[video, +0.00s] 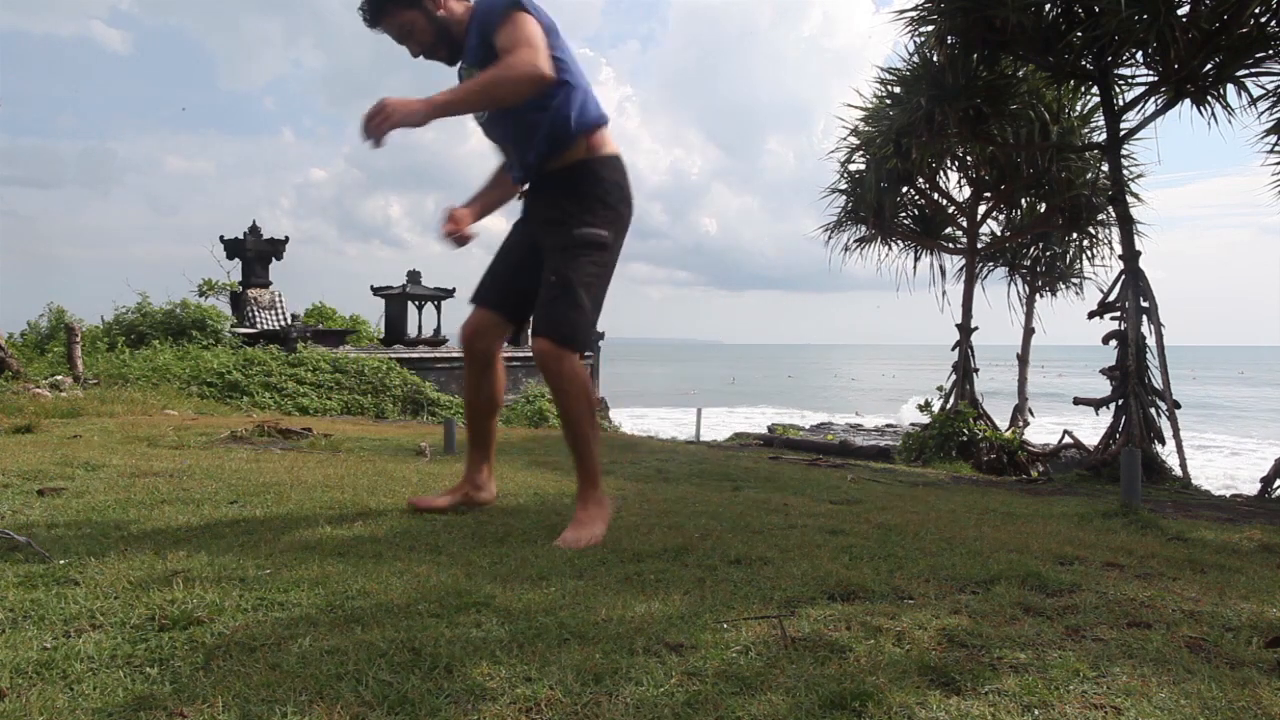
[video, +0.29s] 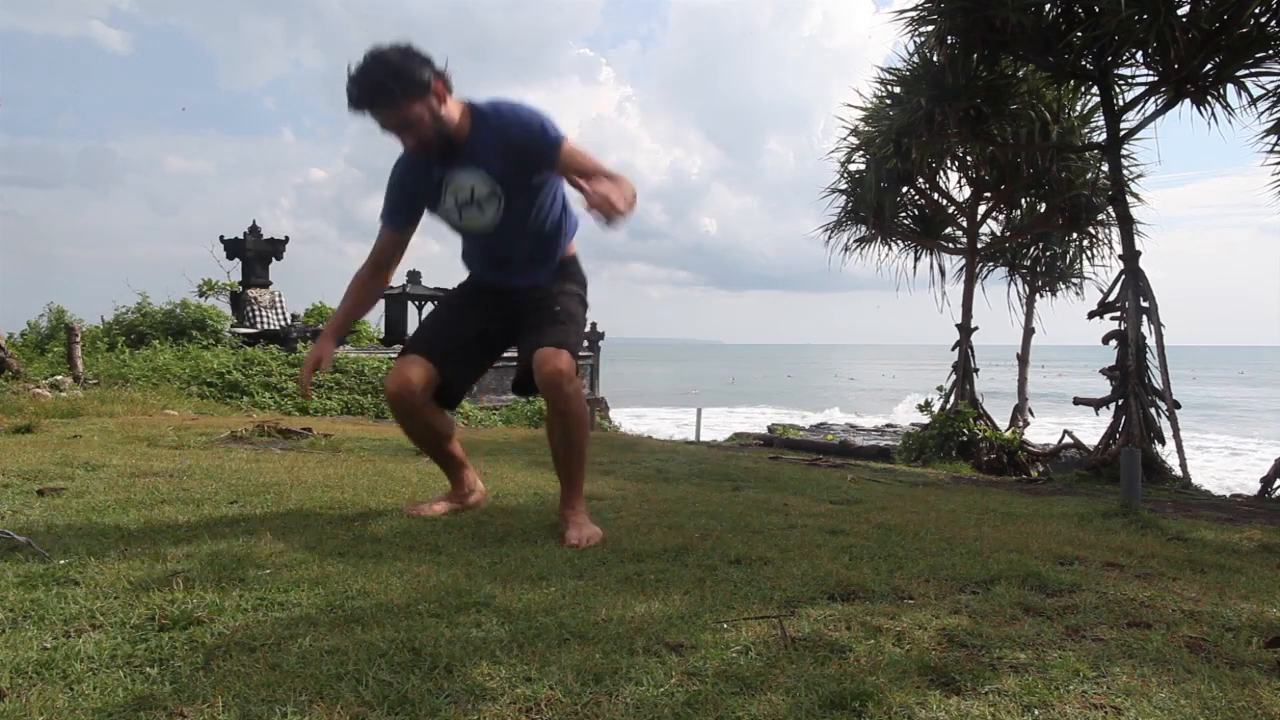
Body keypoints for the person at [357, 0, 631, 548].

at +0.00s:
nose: (409, 48)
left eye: (406, 33)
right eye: (398, 41)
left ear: (435, 5)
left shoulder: (503, 14)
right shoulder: (475, 67)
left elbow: (534, 69)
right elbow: (526, 157)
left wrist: (425, 108)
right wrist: (473, 209)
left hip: (591, 185)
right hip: (547, 195)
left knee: (555, 347)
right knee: (480, 335)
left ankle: (593, 501)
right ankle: (478, 481)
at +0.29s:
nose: (405, 143)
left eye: (409, 126)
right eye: (393, 133)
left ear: (438, 93)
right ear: (384, 123)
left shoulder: (514, 126)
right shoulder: (412, 169)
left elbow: (611, 180)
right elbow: (380, 265)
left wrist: (612, 197)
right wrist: (328, 337)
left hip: (552, 277)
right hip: (486, 284)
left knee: (555, 370)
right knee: (405, 387)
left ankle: (574, 509)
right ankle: (467, 487)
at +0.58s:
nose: (414, 244)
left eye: (420, 228)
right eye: (398, 237)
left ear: (435, 197)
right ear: (378, 226)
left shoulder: (490, 212)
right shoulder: (382, 271)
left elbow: (582, 254)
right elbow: (360, 380)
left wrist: (635, 264)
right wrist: (327, 490)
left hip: (516, 357)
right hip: (445, 370)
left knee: (565, 366)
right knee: (385, 457)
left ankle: (573, 508)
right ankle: (441, 463)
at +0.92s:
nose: (380, 249)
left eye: (385, 232)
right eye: (362, 242)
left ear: (392, 209)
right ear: (337, 235)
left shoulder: (438, 226)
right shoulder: (338, 291)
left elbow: (526, 253)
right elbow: (347, 401)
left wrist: (579, 221)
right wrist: (333, 506)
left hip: (482, 379)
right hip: (417, 403)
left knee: (540, 349)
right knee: (380, 505)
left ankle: (564, 504)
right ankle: (430, 475)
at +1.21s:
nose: (386, 240)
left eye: (393, 224)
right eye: (370, 232)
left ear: (401, 206)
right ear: (340, 223)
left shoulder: (437, 236)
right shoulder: (335, 289)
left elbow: (512, 272)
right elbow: (346, 401)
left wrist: (563, 229)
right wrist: (335, 507)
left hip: (477, 383)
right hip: (415, 406)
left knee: (541, 337)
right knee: (380, 504)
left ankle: (534, 491)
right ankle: (431, 478)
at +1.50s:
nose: (438, 226)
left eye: (447, 212)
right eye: (425, 214)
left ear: (457, 199)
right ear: (393, 205)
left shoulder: (476, 246)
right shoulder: (362, 277)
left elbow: (536, 310)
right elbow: (347, 384)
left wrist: (600, 300)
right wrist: (325, 483)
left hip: (486, 392)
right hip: (416, 407)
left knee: (549, 357)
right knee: (393, 502)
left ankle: (530, 505)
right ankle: (432, 483)